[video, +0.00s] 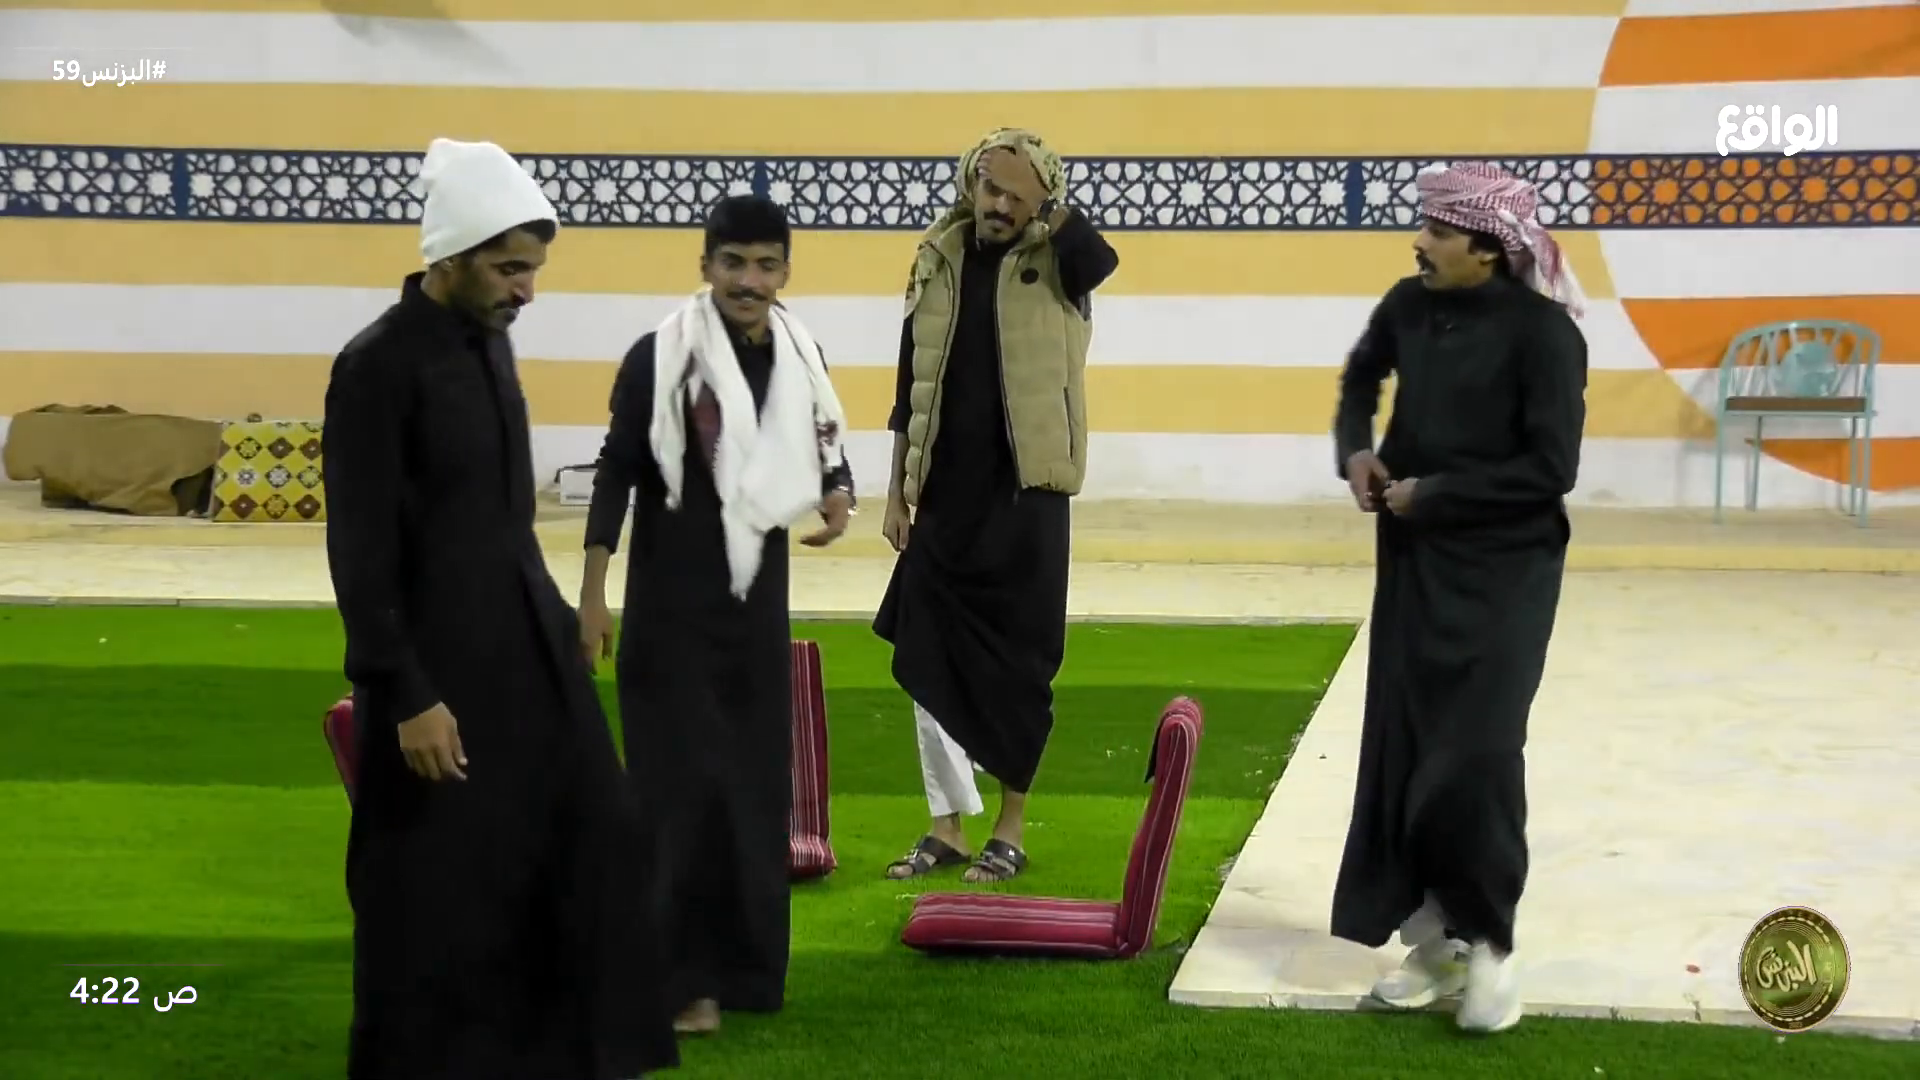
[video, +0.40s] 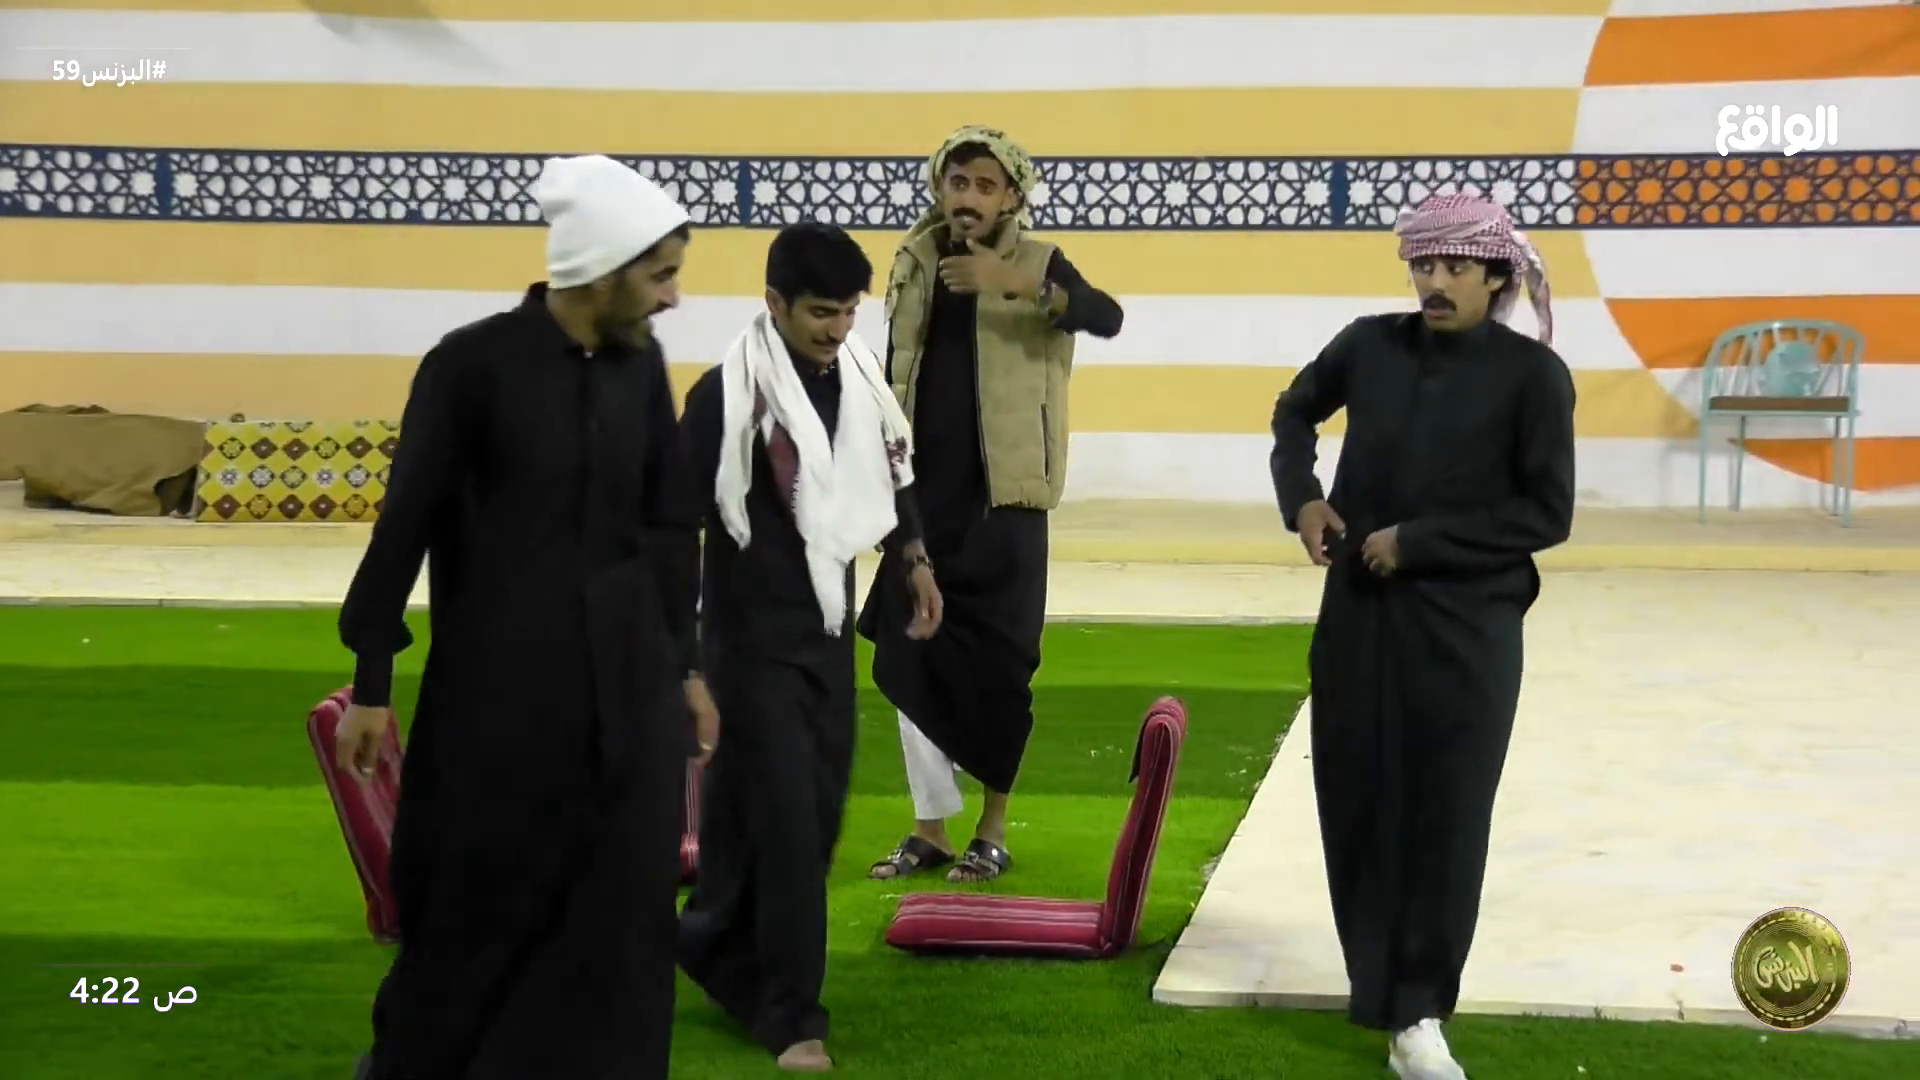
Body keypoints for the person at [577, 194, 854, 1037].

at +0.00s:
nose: (750, 279)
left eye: (767, 265)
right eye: (733, 263)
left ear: (786, 272)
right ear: (705, 266)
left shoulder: (796, 353)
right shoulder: (658, 354)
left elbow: (824, 443)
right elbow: (615, 473)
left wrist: (835, 492)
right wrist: (593, 588)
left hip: (757, 600)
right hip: (671, 602)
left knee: (753, 779)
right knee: (680, 781)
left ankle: (742, 972)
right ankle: (685, 983)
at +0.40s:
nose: (838, 327)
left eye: (848, 311)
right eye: (820, 314)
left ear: (860, 301)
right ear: (775, 302)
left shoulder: (860, 374)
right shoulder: (726, 394)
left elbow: (886, 478)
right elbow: (678, 536)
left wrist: (913, 555)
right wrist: (686, 667)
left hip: (831, 636)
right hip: (752, 641)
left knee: (816, 813)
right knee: (786, 813)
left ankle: (719, 944)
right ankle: (795, 1020)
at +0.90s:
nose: (966, 343)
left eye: (979, 327)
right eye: (949, 326)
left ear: (991, 319)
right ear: (900, 308)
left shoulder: (978, 390)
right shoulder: (839, 397)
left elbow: (978, 512)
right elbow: (792, 538)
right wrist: (808, 656)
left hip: (961, 668)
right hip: (864, 670)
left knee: (963, 863)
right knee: (850, 853)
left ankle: (944, 1052)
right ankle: (794, 1009)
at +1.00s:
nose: (993, 341)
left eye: (1007, 325)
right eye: (976, 323)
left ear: (1020, 314)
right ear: (928, 301)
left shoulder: (1010, 391)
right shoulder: (860, 385)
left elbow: (1028, 529)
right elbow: (809, 519)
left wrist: (1036, 647)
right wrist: (797, 647)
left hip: (981, 676)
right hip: (878, 670)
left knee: (976, 867)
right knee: (876, 861)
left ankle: (955, 1051)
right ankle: (843, 1039)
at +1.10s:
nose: (1018, 333)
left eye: (1033, 317)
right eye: (1000, 316)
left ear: (1047, 302)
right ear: (954, 292)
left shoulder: (1048, 374)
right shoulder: (891, 370)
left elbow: (1086, 520)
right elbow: (829, 507)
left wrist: (1124, 651)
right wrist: (797, 637)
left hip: (1010, 675)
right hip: (900, 675)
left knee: (997, 906)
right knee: (943, 893)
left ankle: (977, 1067)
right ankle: (864, 1041)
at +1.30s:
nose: (1042, 342)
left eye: (1058, 323)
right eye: (1022, 325)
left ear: (1075, 308)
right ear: (979, 307)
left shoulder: (1100, 386)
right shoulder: (922, 405)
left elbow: (1155, 521)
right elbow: (858, 545)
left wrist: (1209, 632)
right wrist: (821, 686)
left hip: (1067, 693)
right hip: (958, 698)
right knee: (990, 940)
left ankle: (982, 1042)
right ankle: (1004, 1067)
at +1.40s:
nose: (1051, 346)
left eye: (1067, 326)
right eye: (1030, 328)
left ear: (1084, 311)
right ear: (986, 311)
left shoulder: (1117, 389)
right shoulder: (937, 414)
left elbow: (1173, 524)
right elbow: (881, 565)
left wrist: (1223, 643)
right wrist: (847, 717)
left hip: (1094, 683)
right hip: (979, 694)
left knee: (1095, 884)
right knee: (1005, 919)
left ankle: (1038, 1051)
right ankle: (1003, 1061)